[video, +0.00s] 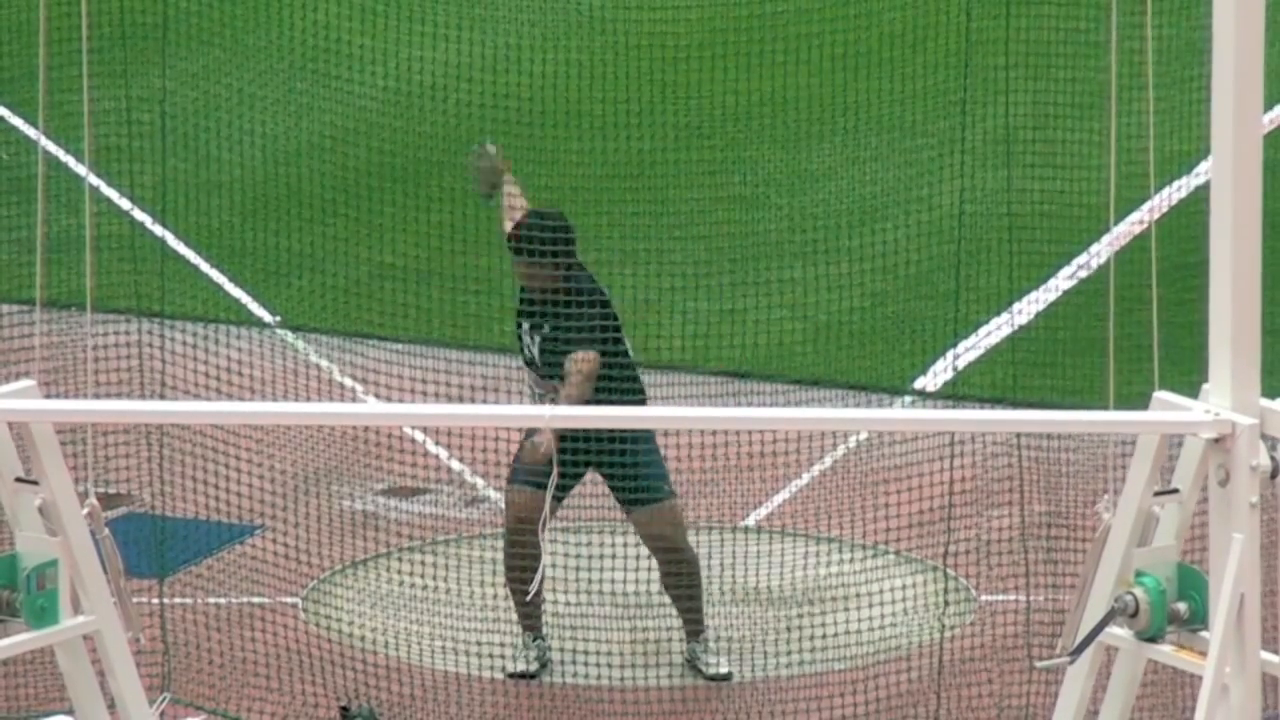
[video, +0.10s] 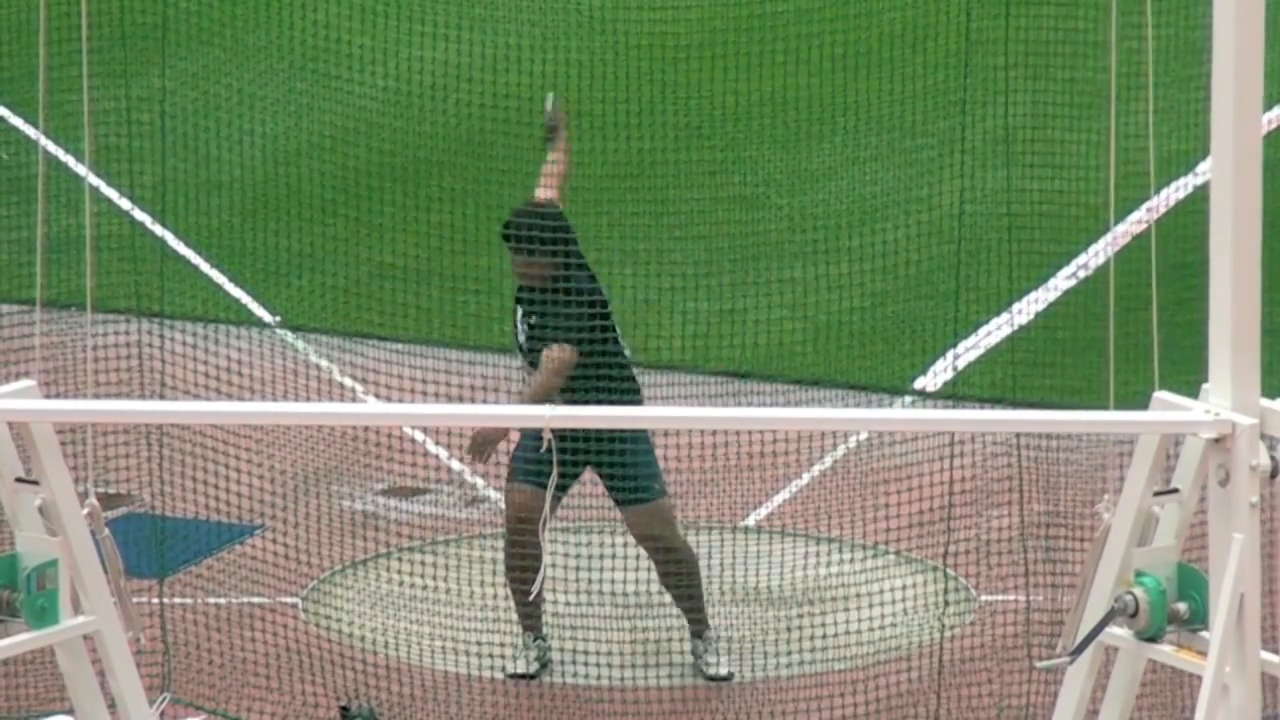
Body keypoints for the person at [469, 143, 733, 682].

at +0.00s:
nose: (523, 270)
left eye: (532, 262)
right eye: (520, 260)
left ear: (557, 262)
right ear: (518, 254)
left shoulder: (585, 300)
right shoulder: (535, 276)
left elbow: (583, 375)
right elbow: (516, 214)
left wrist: (553, 430)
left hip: (617, 428)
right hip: (559, 426)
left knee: (667, 536)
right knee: (519, 517)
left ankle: (698, 641)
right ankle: (532, 638)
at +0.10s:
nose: (523, 269)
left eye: (533, 261)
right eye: (518, 259)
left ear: (556, 257)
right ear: (514, 251)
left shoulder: (572, 296)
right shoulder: (541, 237)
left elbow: (552, 374)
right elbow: (551, 181)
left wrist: (500, 424)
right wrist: (558, 139)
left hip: (613, 422)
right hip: (553, 420)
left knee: (659, 535)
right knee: (519, 517)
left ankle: (702, 636)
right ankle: (532, 640)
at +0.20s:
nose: (512, 260)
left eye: (520, 253)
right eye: (511, 251)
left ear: (547, 255)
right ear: (528, 247)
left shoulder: (565, 298)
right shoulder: (555, 238)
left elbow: (532, 371)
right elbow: (573, 175)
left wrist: (470, 416)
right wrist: (593, 116)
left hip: (613, 422)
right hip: (557, 419)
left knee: (656, 532)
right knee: (522, 512)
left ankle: (709, 634)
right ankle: (535, 641)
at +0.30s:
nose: (510, 258)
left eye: (518, 250)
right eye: (511, 248)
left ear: (546, 254)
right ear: (538, 244)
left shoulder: (564, 296)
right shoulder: (562, 232)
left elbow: (531, 368)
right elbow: (584, 169)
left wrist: (463, 414)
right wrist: (611, 111)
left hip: (620, 421)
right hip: (561, 419)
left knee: (657, 531)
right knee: (525, 514)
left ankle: (712, 631)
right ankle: (535, 641)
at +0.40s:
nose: (522, 261)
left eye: (530, 254)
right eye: (522, 251)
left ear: (557, 257)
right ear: (542, 248)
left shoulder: (573, 299)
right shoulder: (563, 236)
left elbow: (543, 376)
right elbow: (585, 170)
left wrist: (475, 420)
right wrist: (610, 106)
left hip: (627, 417)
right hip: (565, 415)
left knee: (667, 530)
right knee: (529, 517)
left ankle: (712, 632)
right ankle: (537, 642)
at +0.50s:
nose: (561, 270)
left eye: (572, 262)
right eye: (555, 260)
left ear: (589, 263)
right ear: (542, 257)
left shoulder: (600, 308)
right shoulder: (556, 260)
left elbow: (581, 386)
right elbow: (570, 186)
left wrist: (533, 437)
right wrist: (580, 127)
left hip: (633, 417)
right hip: (570, 416)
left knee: (679, 522)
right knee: (532, 517)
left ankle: (707, 633)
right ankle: (537, 640)